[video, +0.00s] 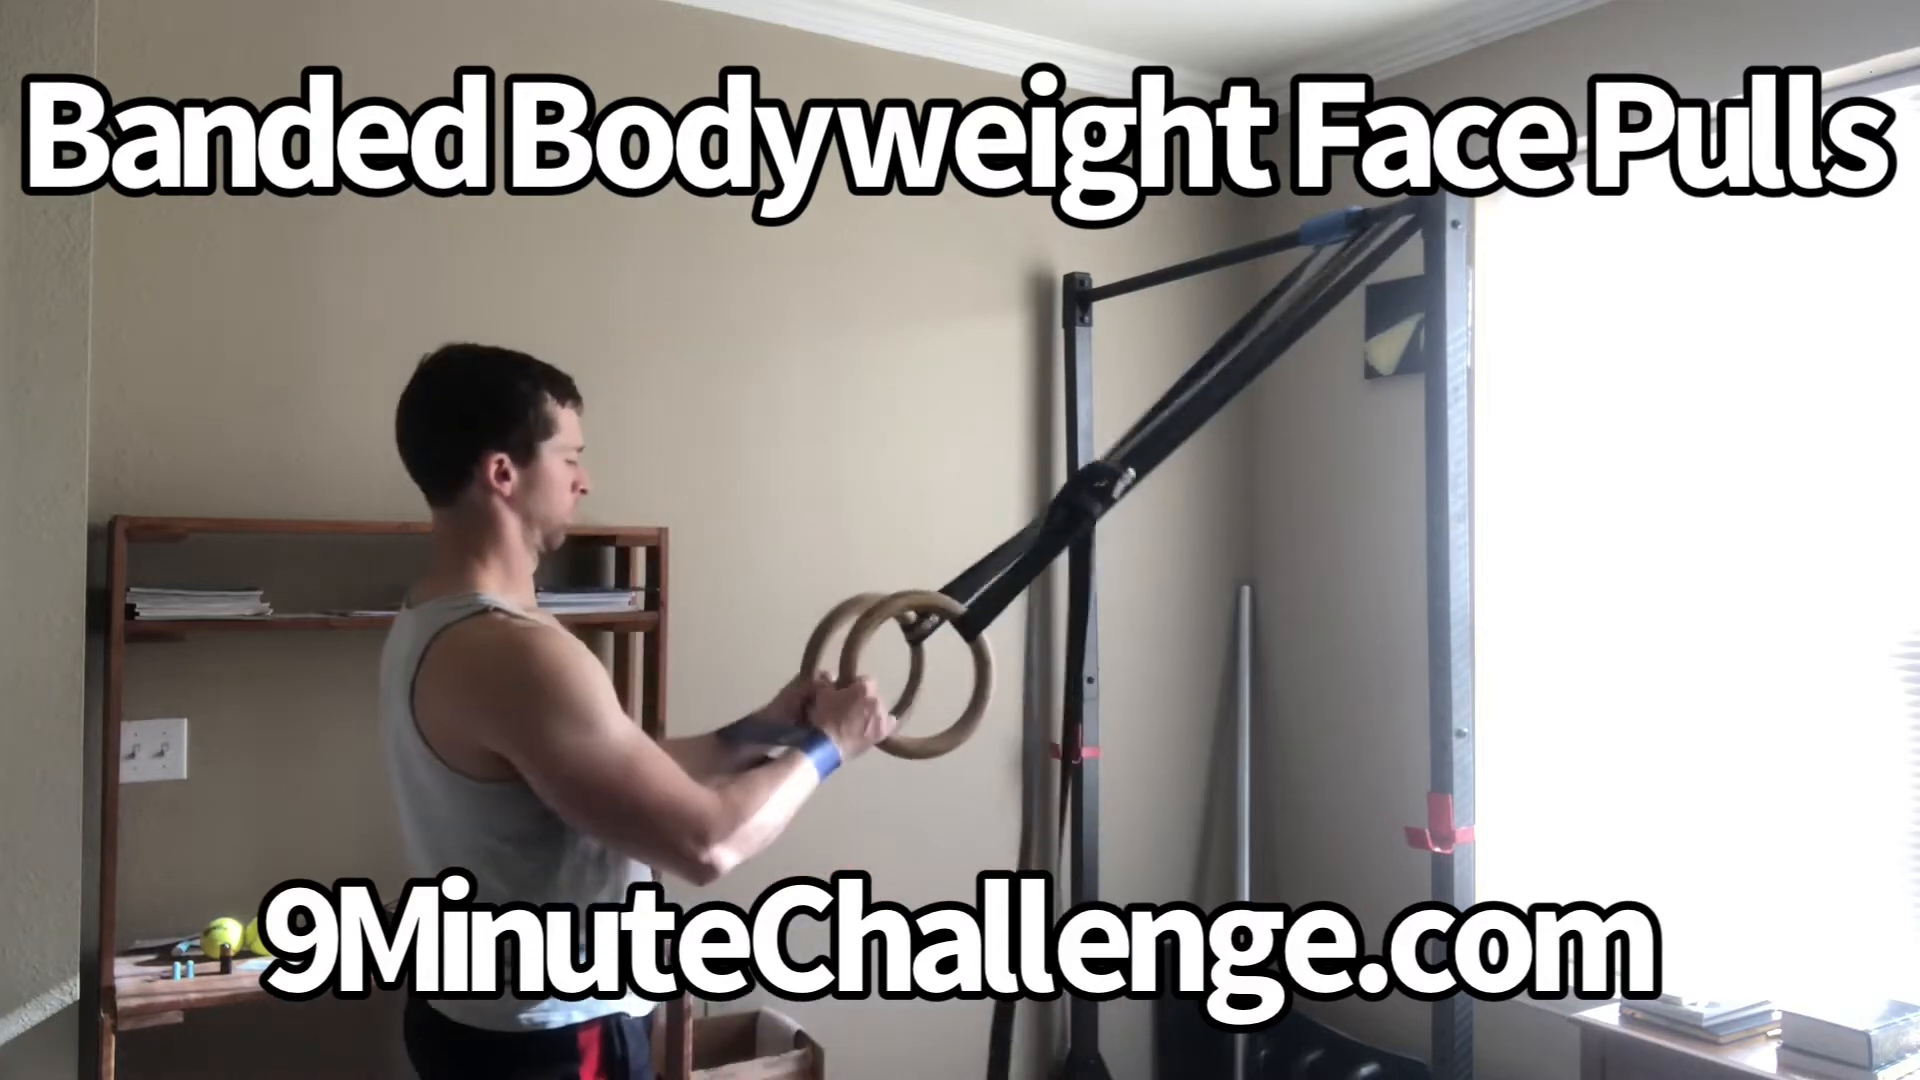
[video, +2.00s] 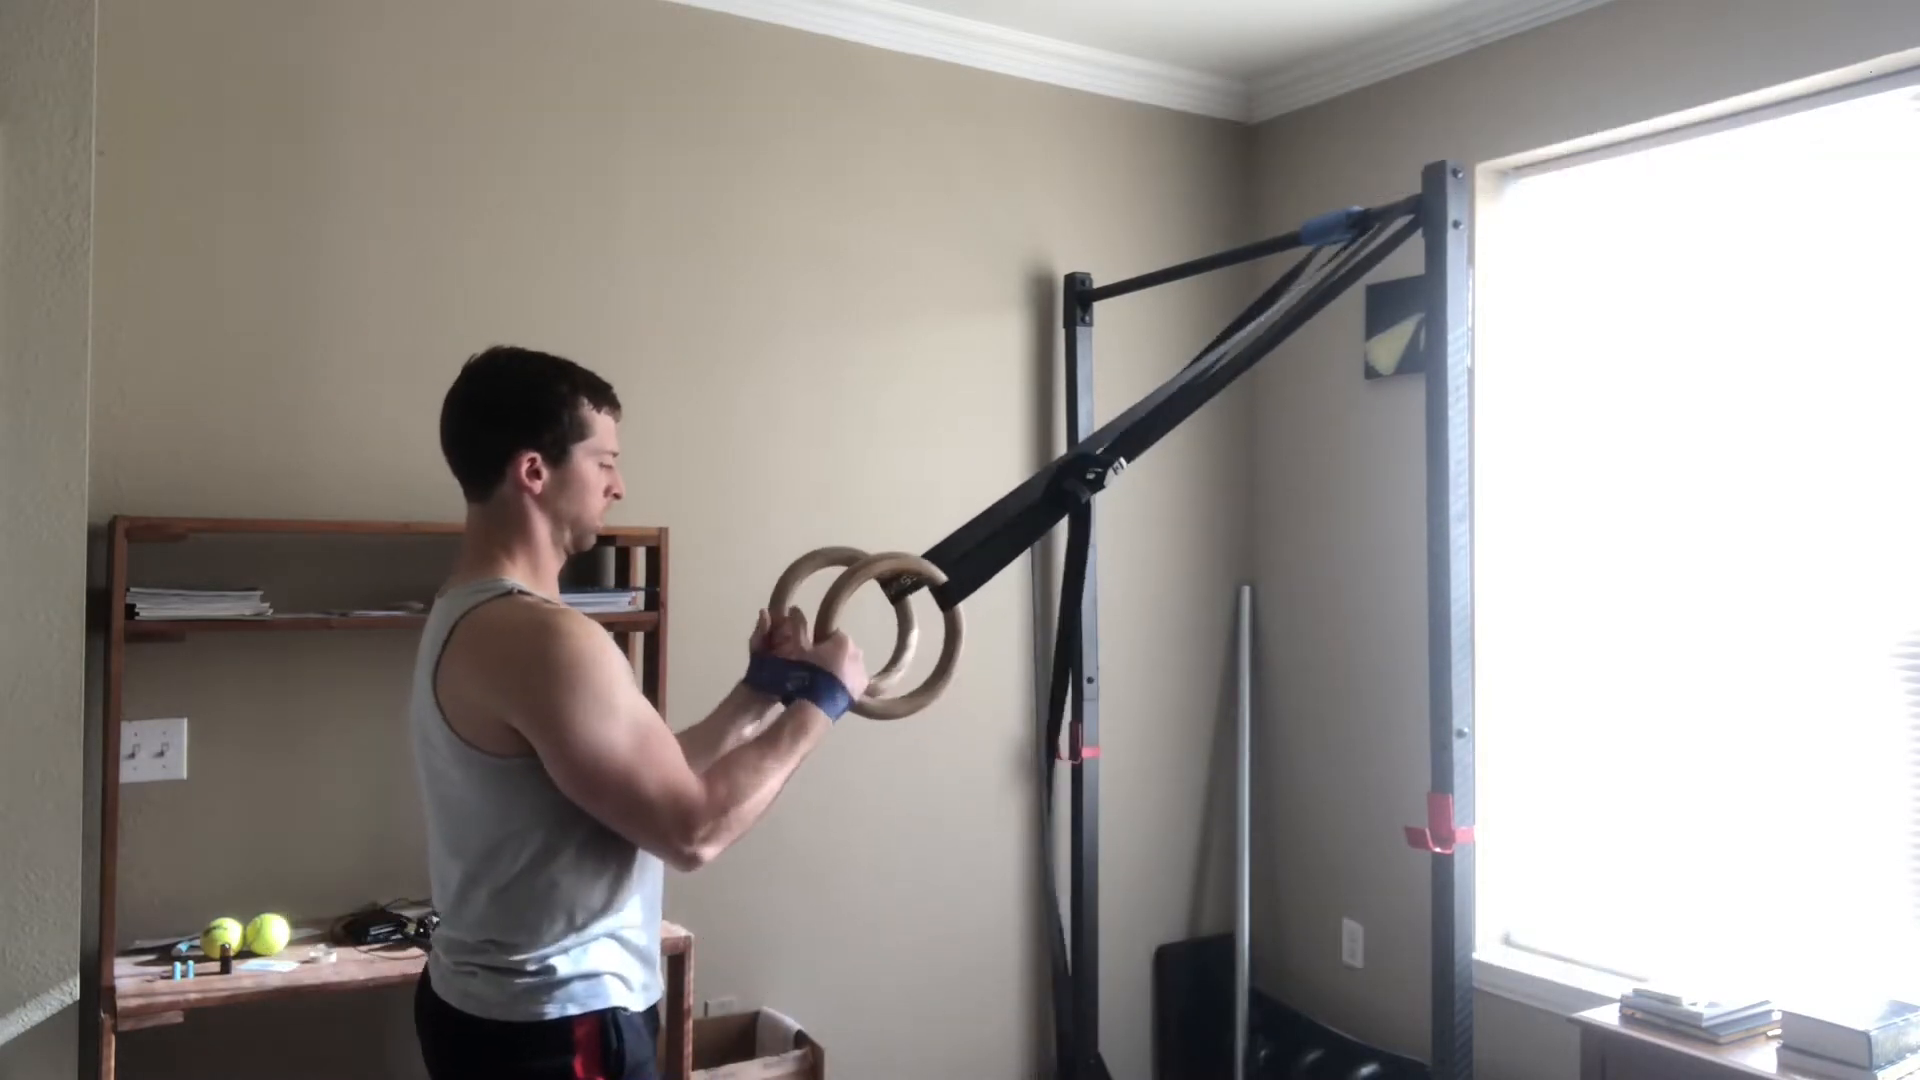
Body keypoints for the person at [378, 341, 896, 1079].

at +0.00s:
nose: (584, 482)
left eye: (580, 457)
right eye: (571, 458)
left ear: (498, 476)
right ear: (502, 474)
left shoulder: (437, 624)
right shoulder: (520, 659)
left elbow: (615, 774)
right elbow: (707, 844)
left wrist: (766, 729)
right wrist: (824, 749)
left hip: (477, 1022)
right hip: (548, 1043)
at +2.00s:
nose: (618, 486)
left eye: (614, 464)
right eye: (602, 462)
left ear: (530, 477)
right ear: (533, 472)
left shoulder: (469, 615)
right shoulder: (543, 642)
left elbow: (642, 777)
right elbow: (693, 830)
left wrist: (760, 691)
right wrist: (821, 703)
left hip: (493, 1012)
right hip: (560, 1032)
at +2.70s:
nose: (518, 512)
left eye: (518, 486)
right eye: (506, 484)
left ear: (429, 489)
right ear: (432, 487)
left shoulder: (360, 641)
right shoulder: (448, 667)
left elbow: (577, 754)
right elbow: (677, 807)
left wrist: (727, 681)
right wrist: (816, 698)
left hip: (448, 1028)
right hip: (528, 1043)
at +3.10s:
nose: (435, 520)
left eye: (426, 491)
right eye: (415, 493)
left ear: (333, 527)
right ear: (336, 523)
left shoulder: (303, 675)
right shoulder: (367, 700)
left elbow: (536, 740)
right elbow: (627, 776)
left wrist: (704, 681)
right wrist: (788, 686)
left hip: (430, 1043)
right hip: (505, 1051)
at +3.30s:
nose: (374, 539)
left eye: (359, 515)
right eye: (346, 521)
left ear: (270, 565)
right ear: (270, 563)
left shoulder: (289, 718)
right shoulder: (337, 739)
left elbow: (548, 732)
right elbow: (613, 762)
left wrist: (712, 658)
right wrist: (780, 662)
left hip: (462, 1055)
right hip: (525, 1061)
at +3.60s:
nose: (290, 588)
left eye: (268, 563)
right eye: (254, 572)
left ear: (182, 636)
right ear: (181, 631)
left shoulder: (233, 768)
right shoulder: (292, 792)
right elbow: (578, 727)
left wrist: (714, 647)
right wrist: (760, 632)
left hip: (524, 1048)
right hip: (544, 1064)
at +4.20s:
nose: (284, 673)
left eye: (261, 654)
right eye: (251, 668)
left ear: (190, 747)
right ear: (188, 740)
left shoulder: (304, 839)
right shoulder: (341, 871)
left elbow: (542, 779)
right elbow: (617, 784)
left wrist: (741, 684)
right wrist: (791, 680)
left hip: (624, 1048)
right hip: (619, 1069)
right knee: (798, 1045)